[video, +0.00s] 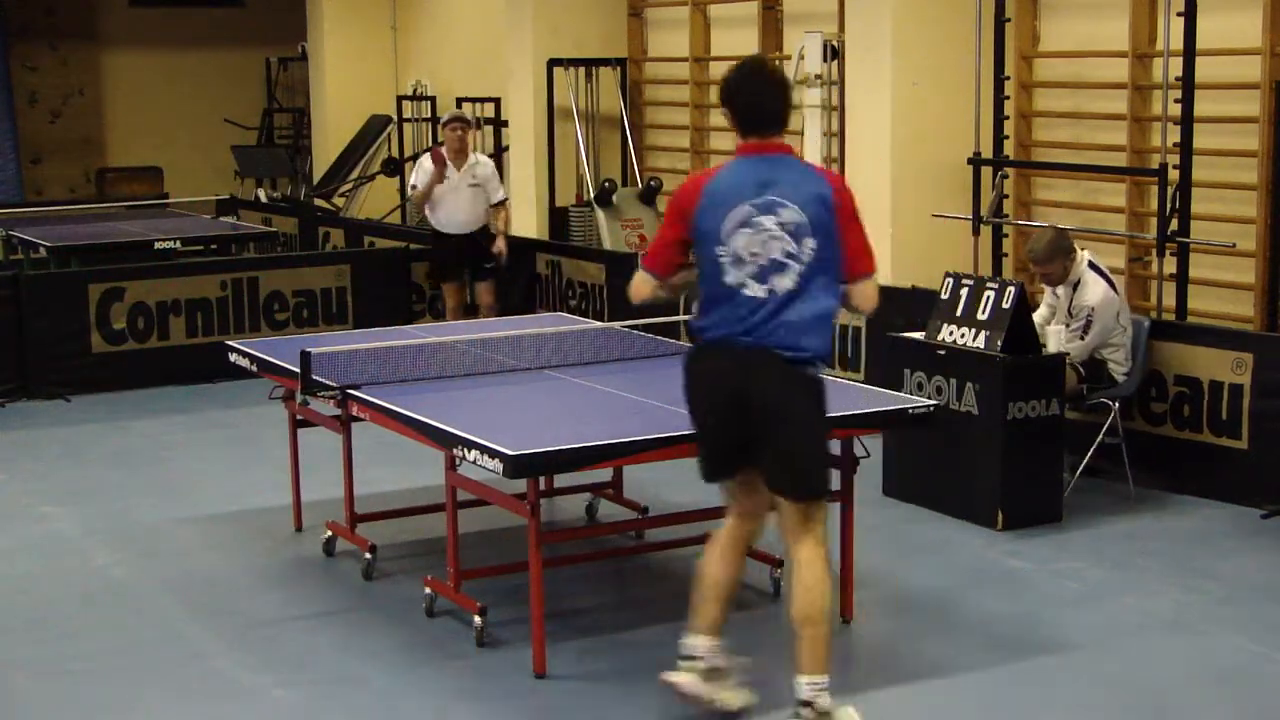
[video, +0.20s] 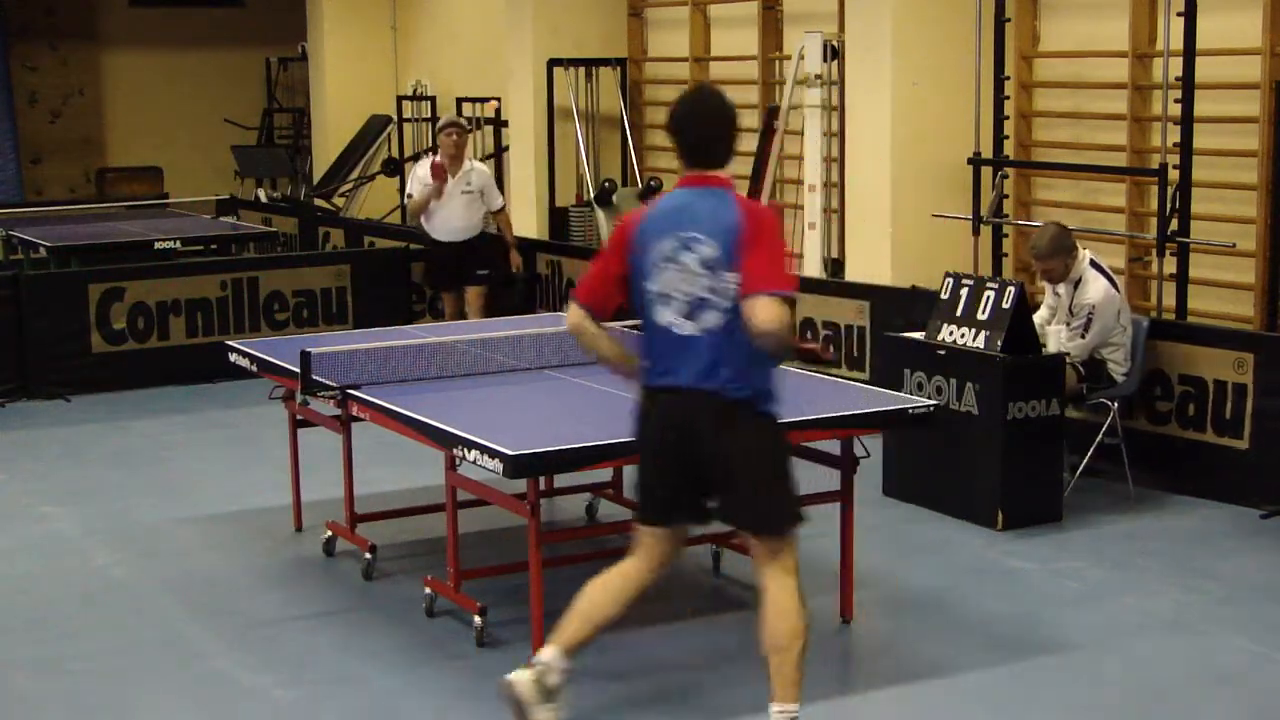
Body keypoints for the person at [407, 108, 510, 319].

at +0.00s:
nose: (459, 134)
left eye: (464, 129)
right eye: (454, 130)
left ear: (470, 134)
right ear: (444, 134)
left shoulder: (484, 164)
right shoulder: (427, 162)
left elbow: (499, 204)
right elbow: (417, 202)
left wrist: (500, 236)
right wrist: (434, 179)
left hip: (479, 239)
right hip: (445, 241)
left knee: (487, 303)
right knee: (453, 305)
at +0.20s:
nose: (454, 139)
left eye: (459, 134)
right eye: (448, 134)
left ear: (467, 139)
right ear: (438, 140)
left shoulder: (480, 172)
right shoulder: (422, 170)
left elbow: (499, 211)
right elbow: (412, 211)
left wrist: (512, 248)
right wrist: (432, 192)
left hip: (475, 246)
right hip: (440, 248)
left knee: (476, 306)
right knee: (451, 310)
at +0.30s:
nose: (454, 143)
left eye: (459, 138)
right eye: (448, 138)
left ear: (466, 143)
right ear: (437, 142)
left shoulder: (481, 175)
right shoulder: (422, 173)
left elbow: (499, 213)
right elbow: (411, 215)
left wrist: (512, 247)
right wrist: (432, 212)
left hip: (472, 250)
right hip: (438, 252)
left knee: (472, 310)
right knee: (448, 313)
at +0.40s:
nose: (455, 142)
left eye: (460, 137)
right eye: (449, 137)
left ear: (468, 142)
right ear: (439, 142)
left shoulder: (481, 175)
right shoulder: (422, 171)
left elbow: (499, 213)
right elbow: (410, 208)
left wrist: (510, 244)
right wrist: (424, 230)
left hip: (472, 251)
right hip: (436, 252)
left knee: (474, 310)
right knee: (440, 312)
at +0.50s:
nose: (454, 139)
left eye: (460, 135)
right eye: (448, 135)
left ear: (467, 140)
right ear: (438, 139)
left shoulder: (482, 173)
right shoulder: (420, 170)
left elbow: (496, 213)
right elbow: (409, 210)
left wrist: (489, 245)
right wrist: (414, 244)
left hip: (468, 250)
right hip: (430, 250)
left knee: (470, 309)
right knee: (430, 308)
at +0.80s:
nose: (439, 148)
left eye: (445, 143)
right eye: (433, 143)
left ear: (453, 149)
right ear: (423, 150)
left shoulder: (470, 182)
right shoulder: (408, 181)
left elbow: (477, 224)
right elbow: (399, 223)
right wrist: (394, 263)